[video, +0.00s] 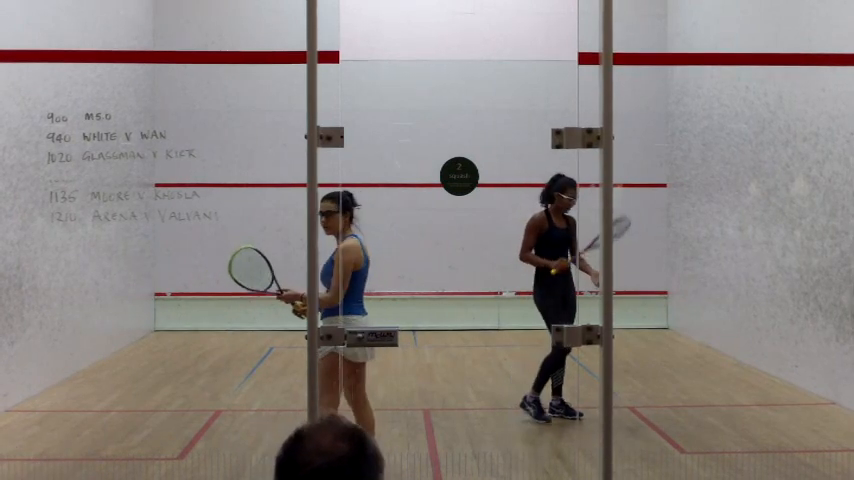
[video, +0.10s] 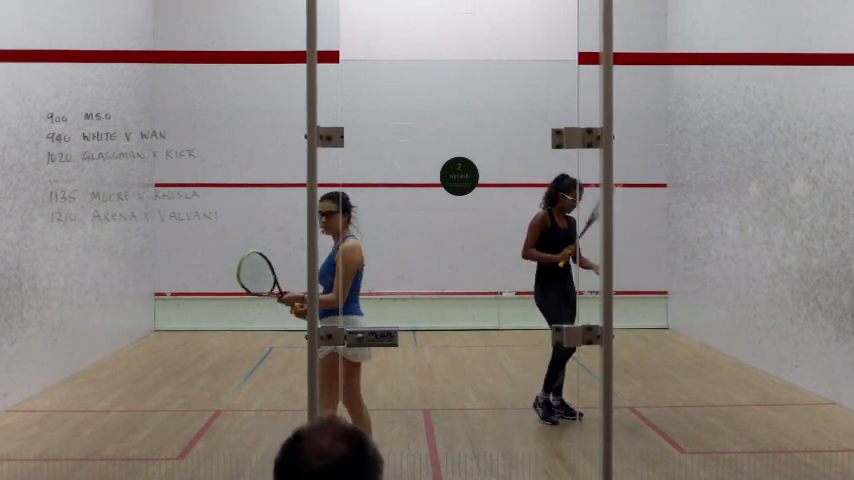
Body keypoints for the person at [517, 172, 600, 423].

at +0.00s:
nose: (572, 202)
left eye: (574, 198)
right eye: (569, 197)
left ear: (571, 199)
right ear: (555, 196)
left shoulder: (570, 223)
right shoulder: (538, 221)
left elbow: (575, 256)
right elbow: (524, 255)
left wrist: (591, 271)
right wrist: (551, 263)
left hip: (566, 286)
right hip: (546, 287)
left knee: (563, 344)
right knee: (561, 345)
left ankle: (557, 401)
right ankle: (532, 397)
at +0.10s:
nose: (575, 203)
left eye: (577, 199)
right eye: (572, 198)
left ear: (573, 199)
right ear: (558, 196)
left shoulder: (570, 222)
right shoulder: (541, 220)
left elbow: (576, 256)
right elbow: (526, 252)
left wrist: (591, 264)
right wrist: (556, 257)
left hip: (566, 287)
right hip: (547, 288)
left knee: (564, 344)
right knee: (567, 343)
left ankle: (557, 399)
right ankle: (543, 398)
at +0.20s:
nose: (579, 204)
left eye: (581, 200)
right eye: (577, 199)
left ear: (572, 199)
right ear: (564, 196)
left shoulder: (570, 223)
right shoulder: (544, 219)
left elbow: (571, 257)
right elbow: (527, 249)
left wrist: (589, 263)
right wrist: (554, 265)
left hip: (566, 287)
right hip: (548, 288)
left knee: (565, 344)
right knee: (569, 343)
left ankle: (557, 398)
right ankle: (545, 396)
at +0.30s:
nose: (581, 204)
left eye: (582, 200)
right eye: (579, 199)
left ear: (571, 198)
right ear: (565, 196)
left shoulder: (568, 221)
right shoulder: (547, 218)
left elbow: (565, 255)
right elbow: (528, 248)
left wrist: (587, 266)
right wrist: (549, 273)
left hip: (566, 287)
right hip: (550, 287)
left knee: (565, 345)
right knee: (569, 345)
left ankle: (557, 400)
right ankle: (540, 395)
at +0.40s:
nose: (582, 205)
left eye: (583, 201)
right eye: (580, 200)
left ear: (571, 198)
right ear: (566, 196)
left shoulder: (566, 220)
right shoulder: (549, 218)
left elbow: (563, 257)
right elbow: (530, 248)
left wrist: (586, 269)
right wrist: (552, 272)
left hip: (567, 288)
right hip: (552, 288)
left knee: (564, 345)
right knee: (569, 345)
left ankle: (557, 400)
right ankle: (539, 399)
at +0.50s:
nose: (581, 205)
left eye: (583, 201)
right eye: (580, 200)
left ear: (571, 198)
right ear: (566, 196)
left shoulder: (565, 220)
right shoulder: (549, 218)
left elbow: (563, 257)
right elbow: (534, 249)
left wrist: (585, 273)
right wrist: (560, 268)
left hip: (565, 290)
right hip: (552, 291)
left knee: (562, 347)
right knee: (564, 348)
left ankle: (557, 401)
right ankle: (536, 404)